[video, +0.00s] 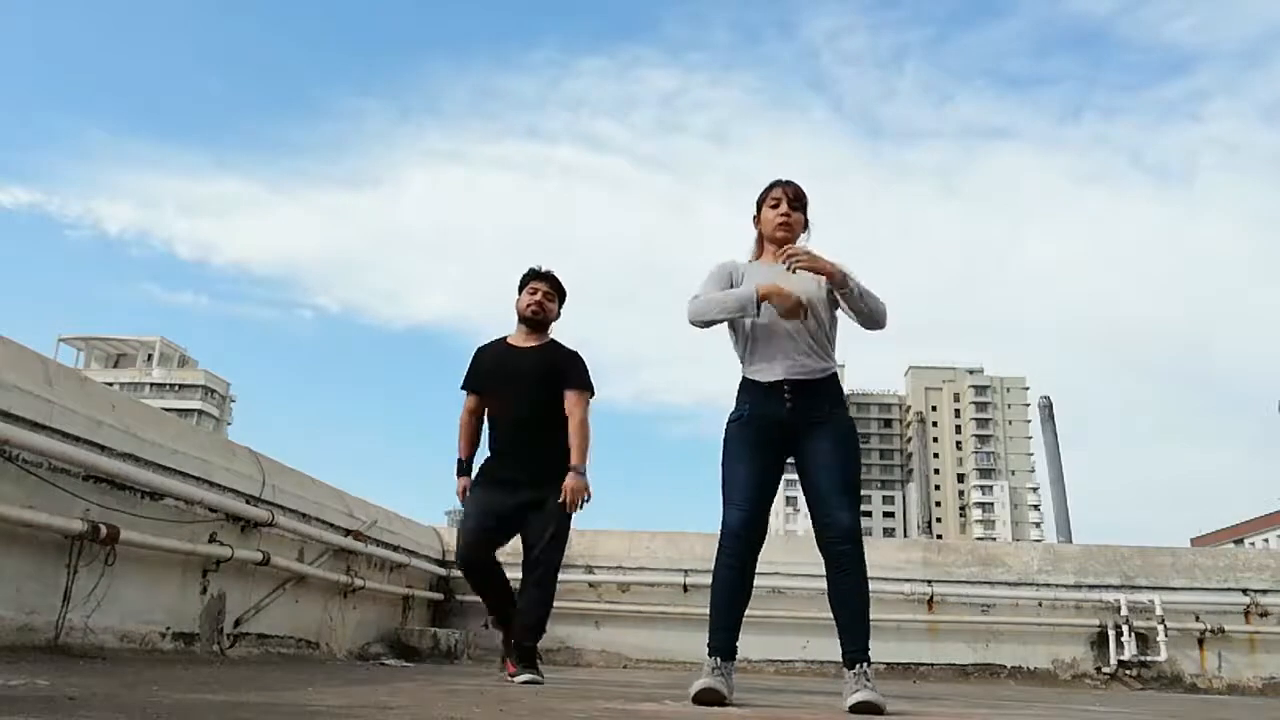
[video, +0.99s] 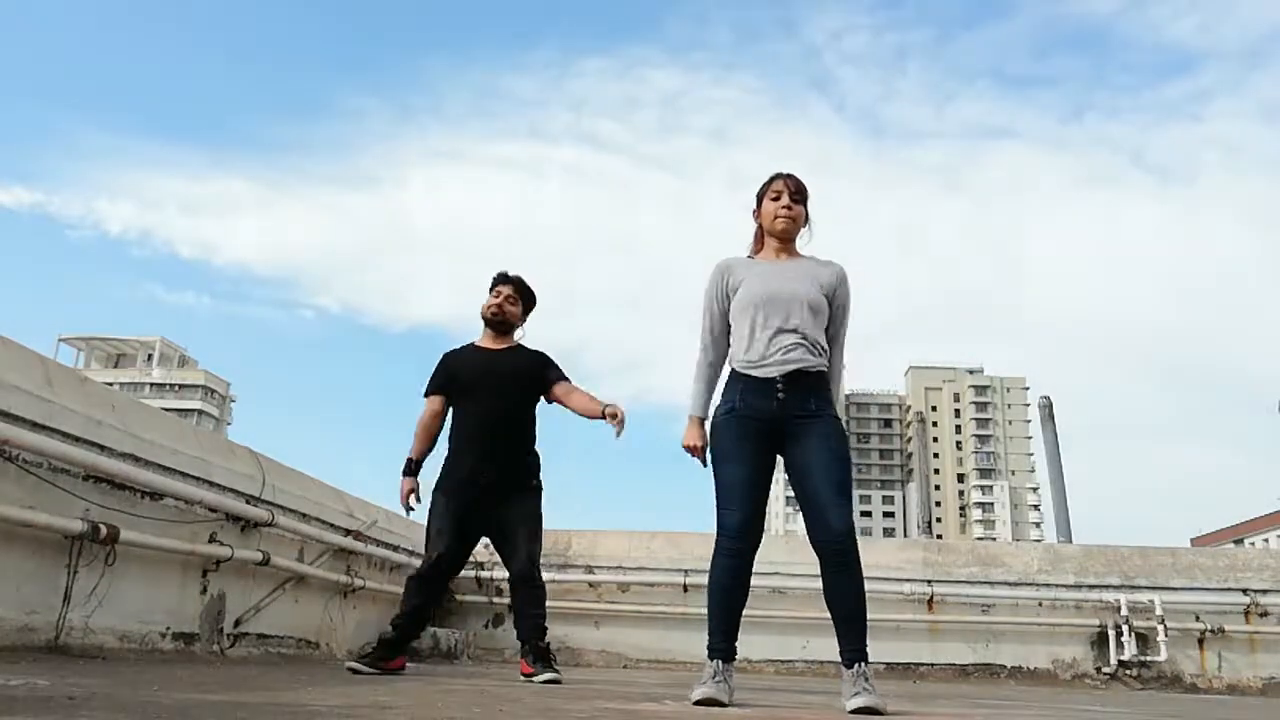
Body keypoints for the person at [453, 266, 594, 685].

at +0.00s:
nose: (538, 299)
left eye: (548, 297)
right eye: (532, 292)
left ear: (557, 312)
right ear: (517, 301)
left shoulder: (569, 361)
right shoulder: (488, 355)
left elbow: (577, 416)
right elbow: (472, 413)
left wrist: (578, 470)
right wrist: (464, 467)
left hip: (551, 481)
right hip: (499, 477)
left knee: (541, 569)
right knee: (471, 553)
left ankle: (524, 653)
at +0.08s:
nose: (536, 298)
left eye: (546, 297)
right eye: (529, 291)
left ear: (554, 312)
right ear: (514, 300)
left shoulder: (565, 361)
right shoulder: (483, 352)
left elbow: (585, 409)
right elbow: (461, 409)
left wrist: (603, 454)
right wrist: (446, 464)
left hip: (548, 477)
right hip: (494, 472)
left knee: (539, 567)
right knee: (459, 548)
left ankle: (524, 654)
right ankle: (470, 634)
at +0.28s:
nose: (520, 299)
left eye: (530, 296)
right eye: (513, 293)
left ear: (538, 310)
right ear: (498, 303)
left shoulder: (545, 366)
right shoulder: (467, 346)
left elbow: (580, 406)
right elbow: (430, 392)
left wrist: (620, 426)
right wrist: (396, 436)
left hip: (525, 481)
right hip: (470, 475)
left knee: (526, 568)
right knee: (445, 564)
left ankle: (524, 657)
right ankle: (416, 649)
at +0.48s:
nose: (503, 296)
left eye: (511, 291)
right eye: (494, 292)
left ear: (523, 304)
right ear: (482, 305)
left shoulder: (538, 363)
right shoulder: (460, 344)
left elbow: (550, 424)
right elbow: (431, 371)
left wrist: (572, 460)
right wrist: (416, 386)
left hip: (515, 479)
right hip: (459, 474)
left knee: (526, 566)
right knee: (439, 562)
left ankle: (530, 652)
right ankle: (414, 649)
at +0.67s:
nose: (502, 296)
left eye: (510, 292)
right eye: (493, 293)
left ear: (524, 304)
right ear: (483, 308)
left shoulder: (548, 358)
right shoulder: (468, 352)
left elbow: (554, 419)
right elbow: (440, 391)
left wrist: (549, 475)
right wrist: (456, 386)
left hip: (517, 480)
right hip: (464, 475)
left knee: (524, 573)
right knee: (438, 563)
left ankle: (535, 655)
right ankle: (413, 649)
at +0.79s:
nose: (505, 299)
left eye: (514, 295)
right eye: (497, 295)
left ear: (528, 308)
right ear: (487, 308)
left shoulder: (552, 357)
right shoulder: (471, 361)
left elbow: (582, 406)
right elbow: (454, 411)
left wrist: (596, 457)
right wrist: (465, 440)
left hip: (522, 485)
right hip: (466, 477)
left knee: (529, 571)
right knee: (420, 547)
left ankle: (535, 654)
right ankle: (405, 640)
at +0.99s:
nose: (499, 302)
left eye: (510, 300)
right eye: (496, 295)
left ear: (523, 316)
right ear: (484, 303)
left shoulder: (535, 363)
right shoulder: (454, 360)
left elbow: (568, 393)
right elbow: (433, 415)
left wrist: (602, 409)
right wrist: (412, 468)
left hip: (517, 486)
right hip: (460, 481)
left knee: (526, 569)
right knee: (437, 563)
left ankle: (536, 655)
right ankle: (392, 647)